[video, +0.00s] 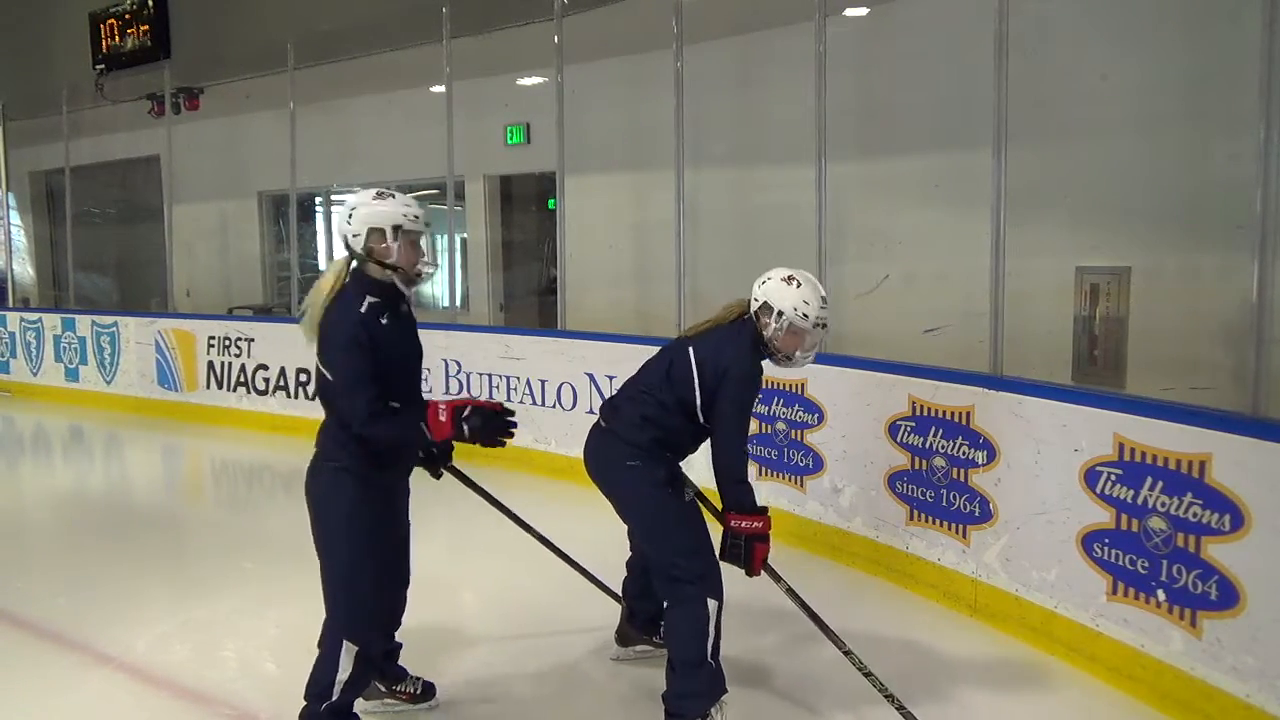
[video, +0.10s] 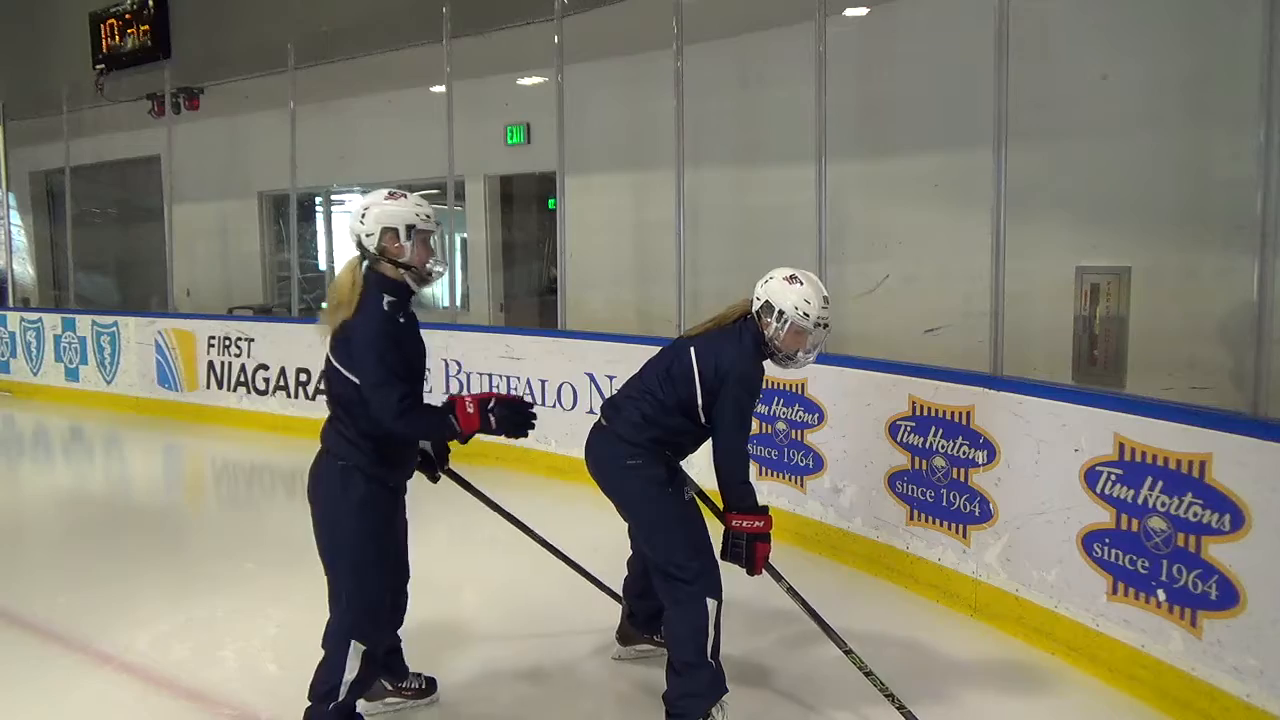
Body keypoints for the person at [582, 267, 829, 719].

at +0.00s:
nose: (796, 345)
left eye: (805, 336)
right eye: (791, 332)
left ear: (815, 332)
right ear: (765, 317)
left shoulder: (728, 332)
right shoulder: (741, 360)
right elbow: (728, 447)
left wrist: (669, 470)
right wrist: (744, 516)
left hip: (612, 445)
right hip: (635, 457)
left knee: (656, 537)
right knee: (696, 579)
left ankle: (639, 626)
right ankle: (692, 707)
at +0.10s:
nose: (800, 344)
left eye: (807, 334)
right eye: (794, 331)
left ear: (814, 330)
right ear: (767, 318)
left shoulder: (730, 334)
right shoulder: (741, 363)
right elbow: (730, 449)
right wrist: (746, 517)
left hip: (616, 443)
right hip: (634, 454)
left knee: (659, 539)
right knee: (695, 578)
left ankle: (639, 627)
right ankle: (693, 707)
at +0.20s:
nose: (800, 344)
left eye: (807, 334)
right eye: (794, 330)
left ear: (815, 330)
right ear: (767, 318)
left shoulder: (731, 334)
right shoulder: (741, 364)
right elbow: (730, 449)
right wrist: (747, 517)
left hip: (618, 442)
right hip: (633, 454)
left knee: (660, 536)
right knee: (695, 577)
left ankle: (642, 622)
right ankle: (694, 707)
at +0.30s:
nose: (801, 344)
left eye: (808, 335)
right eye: (795, 331)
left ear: (815, 331)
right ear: (768, 317)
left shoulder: (732, 335)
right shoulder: (741, 362)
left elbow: (731, 438)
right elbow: (731, 448)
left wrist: (743, 503)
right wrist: (747, 516)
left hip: (619, 441)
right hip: (634, 453)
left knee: (660, 536)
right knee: (695, 578)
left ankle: (643, 623)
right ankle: (695, 707)